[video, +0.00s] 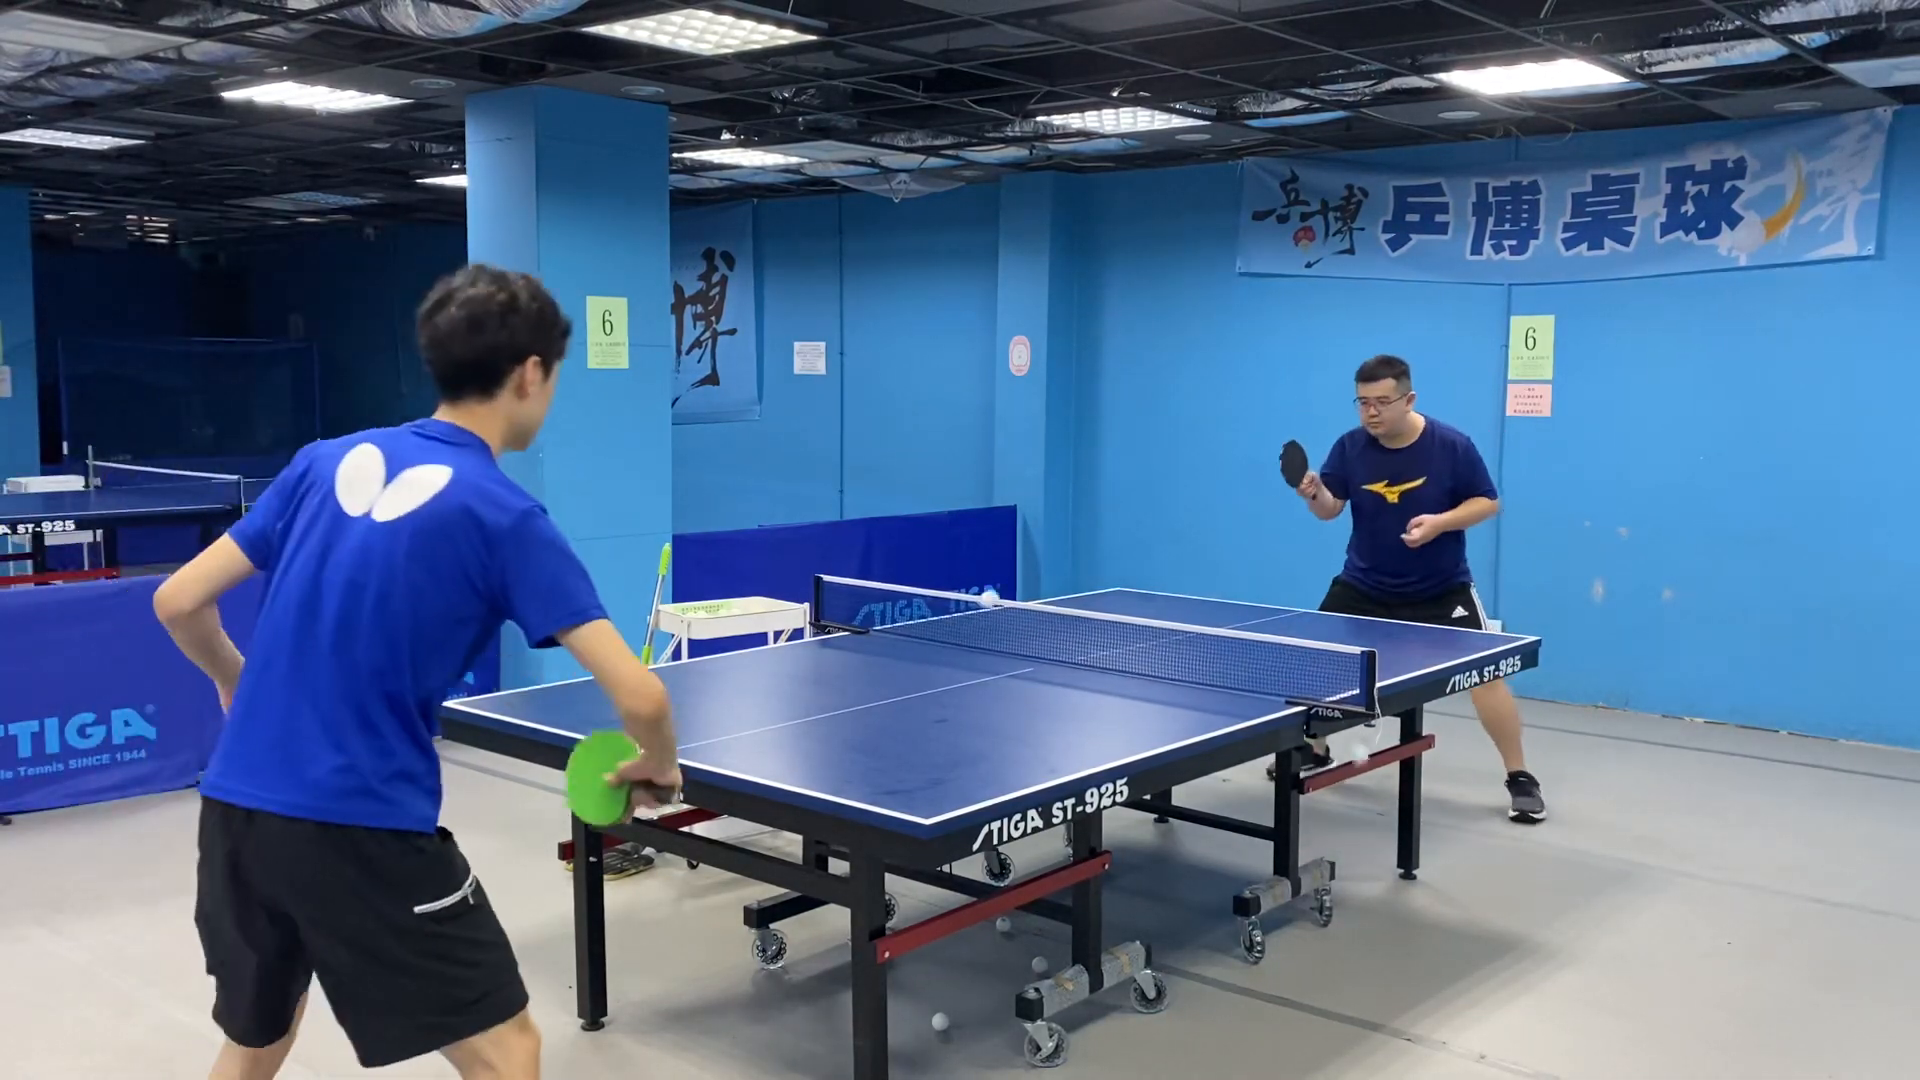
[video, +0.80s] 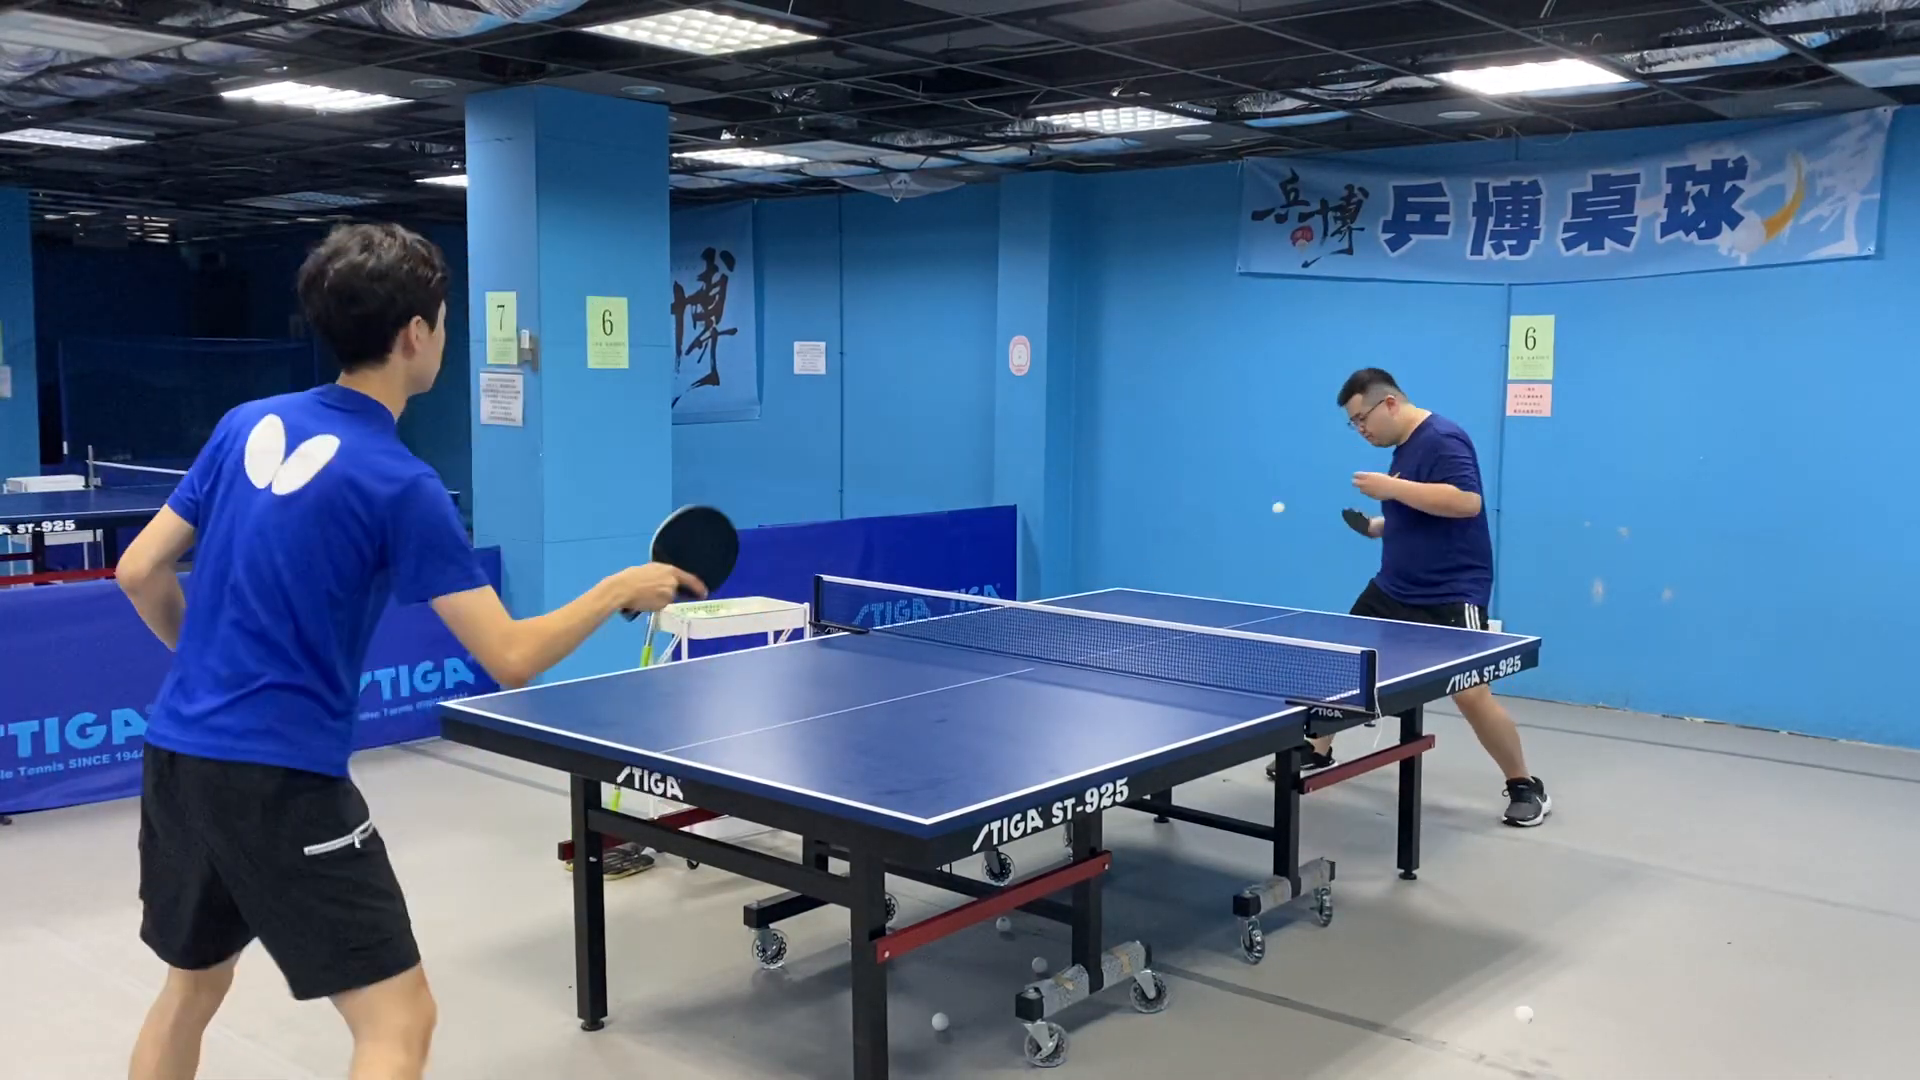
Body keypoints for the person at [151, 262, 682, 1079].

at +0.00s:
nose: (552, 392)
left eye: (555, 372)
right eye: (554, 371)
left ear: (442, 364)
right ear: (527, 374)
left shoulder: (323, 461)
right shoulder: (504, 512)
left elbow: (180, 600)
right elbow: (643, 699)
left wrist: (237, 681)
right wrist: (658, 761)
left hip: (237, 805)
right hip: (363, 825)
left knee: (254, 1035)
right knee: (503, 1051)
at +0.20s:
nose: (617, 410)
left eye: (619, 390)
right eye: (619, 389)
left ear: (504, 379)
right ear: (596, 391)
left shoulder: (387, 461)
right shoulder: (575, 525)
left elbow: (231, 584)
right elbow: (749, 678)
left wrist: (223, 696)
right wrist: (731, 756)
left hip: (265, 799)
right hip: (402, 827)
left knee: (237, 1021)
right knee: (518, 1051)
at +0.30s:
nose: (605, 397)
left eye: (607, 380)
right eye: (608, 381)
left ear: (498, 378)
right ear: (589, 387)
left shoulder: (387, 457)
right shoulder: (581, 521)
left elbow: (231, 584)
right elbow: (770, 635)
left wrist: (216, 695)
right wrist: (797, 655)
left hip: (266, 789)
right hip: (401, 822)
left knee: (232, 1003)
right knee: (508, 1048)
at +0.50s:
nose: (542, 369)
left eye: (540, 352)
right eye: (541, 355)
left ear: (435, 357)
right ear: (522, 364)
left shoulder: (331, 456)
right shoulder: (539, 498)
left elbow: (196, 600)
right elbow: (712, 571)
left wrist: (196, 690)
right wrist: (794, 527)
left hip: (259, 796)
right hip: (395, 819)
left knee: (219, 990)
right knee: (504, 1044)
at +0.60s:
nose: (496, 363)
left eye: (494, 343)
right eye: (494, 344)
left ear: (388, 352)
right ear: (470, 356)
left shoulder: (288, 458)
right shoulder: (487, 496)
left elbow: (168, 613)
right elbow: (667, 597)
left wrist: (191, 699)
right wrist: (738, 518)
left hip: (238, 801)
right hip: (368, 816)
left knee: (207, 1004)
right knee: (489, 1044)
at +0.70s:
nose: (455, 359)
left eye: (453, 340)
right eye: (453, 340)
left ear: (343, 345)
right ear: (426, 354)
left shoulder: (254, 451)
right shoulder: (430, 497)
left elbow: (149, 602)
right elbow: (589, 634)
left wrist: (202, 699)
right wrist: (674, 553)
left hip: (200, 790)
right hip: (319, 806)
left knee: (196, 1001)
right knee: (426, 1046)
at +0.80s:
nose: (443, 339)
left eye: (440, 319)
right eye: (439, 320)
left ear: (330, 326)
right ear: (411, 334)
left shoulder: (245, 426)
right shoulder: (399, 483)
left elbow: (140, 568)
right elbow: (511, 657)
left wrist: (211, 659)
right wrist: (619, 591)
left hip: (179, 756)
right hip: (282, 777)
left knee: (191, 984)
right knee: (396, 1017)